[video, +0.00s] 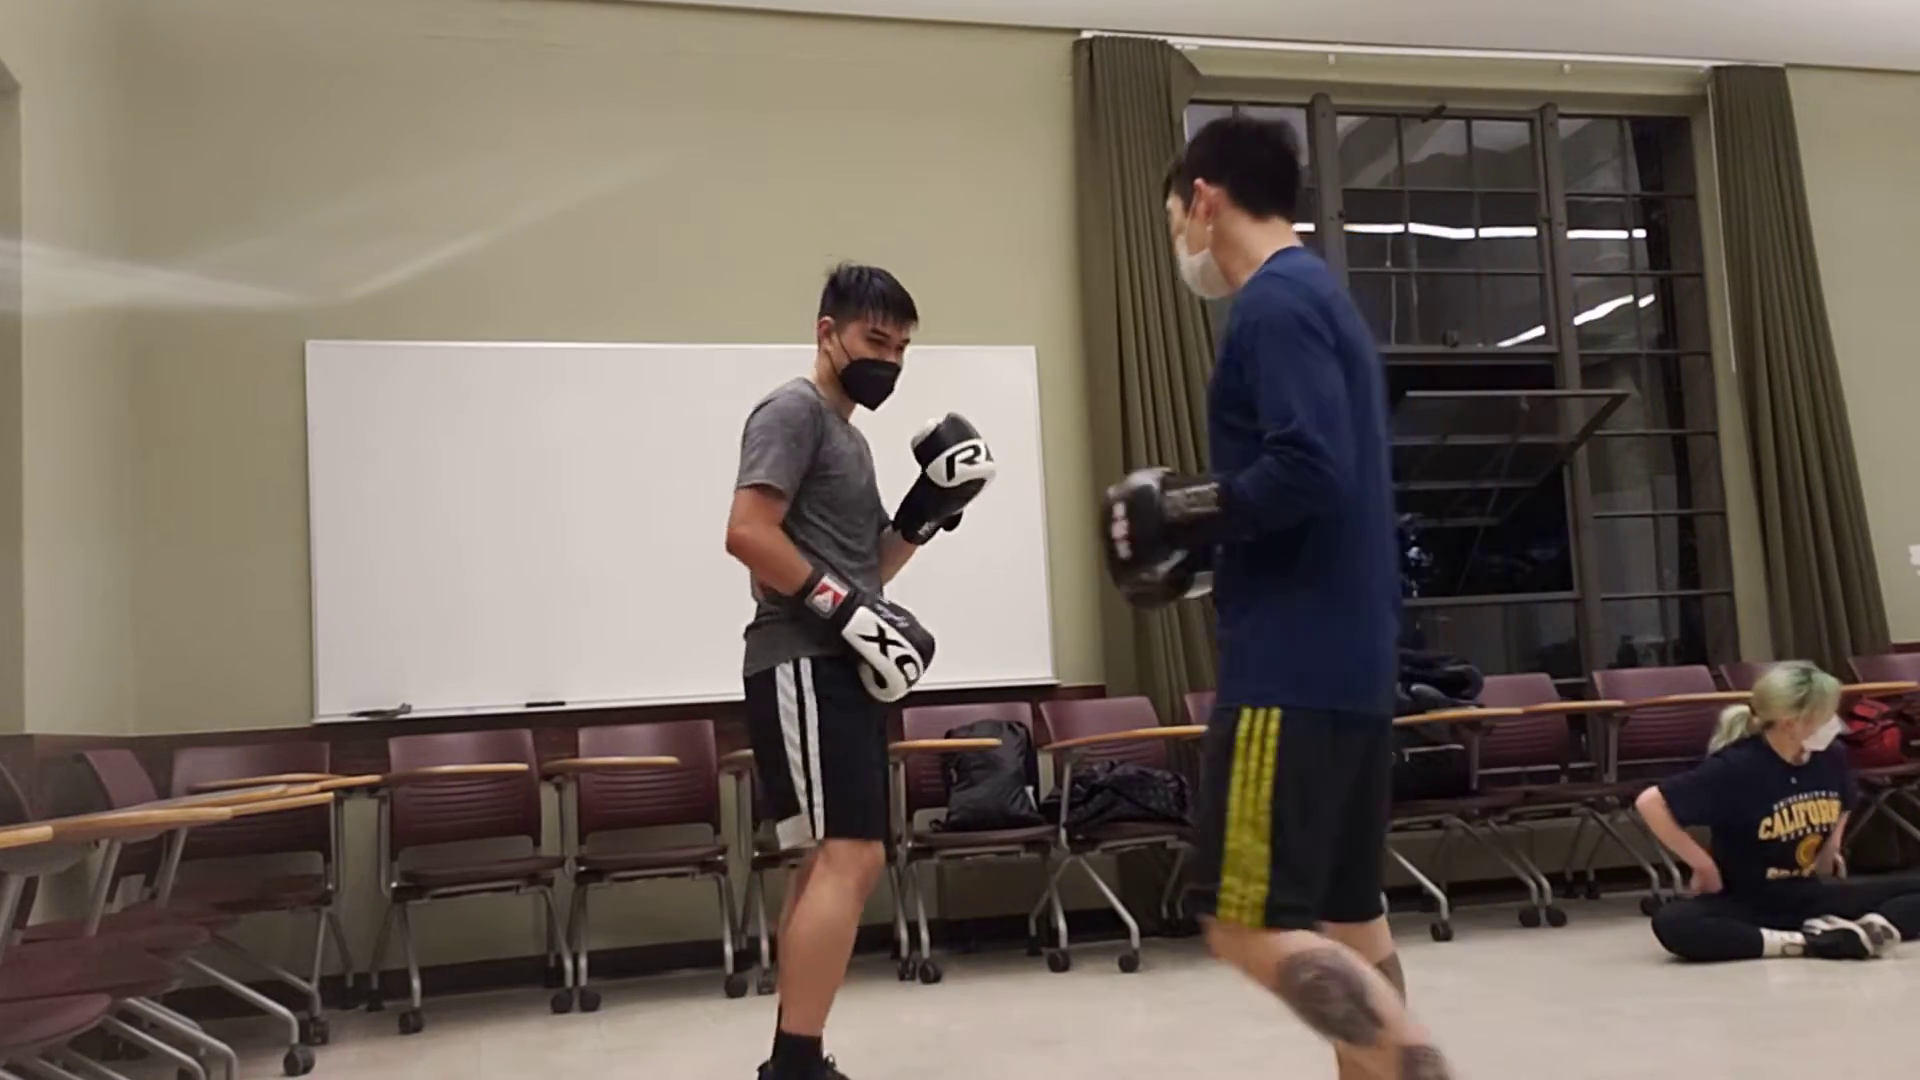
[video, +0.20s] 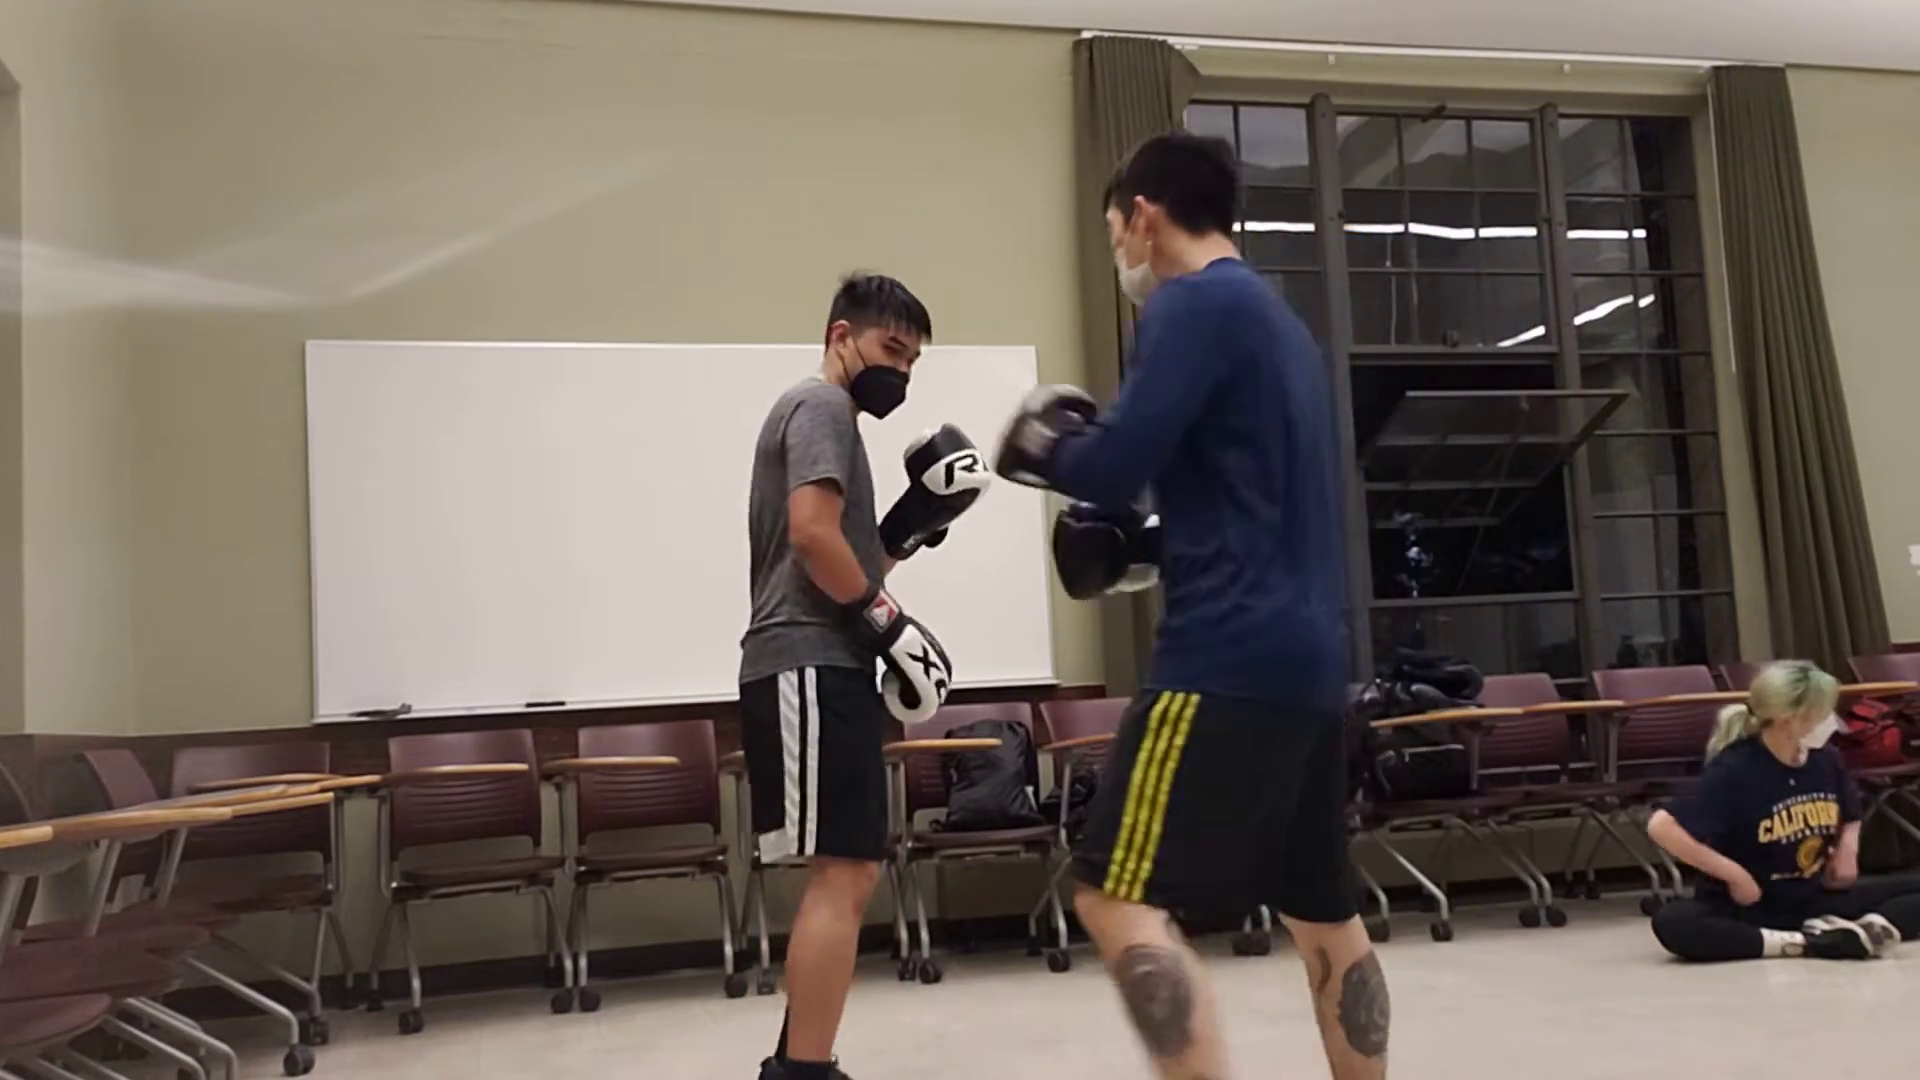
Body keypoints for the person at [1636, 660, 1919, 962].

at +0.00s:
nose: (1833, 727)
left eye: (1832, 717)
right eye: (1825, 719)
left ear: (1799, 722)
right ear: (1792, 722)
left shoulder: (1829, 757)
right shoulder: (1736, 766)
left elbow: (1844, 802)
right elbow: (1650, 802)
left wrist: (1830, 848)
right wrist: (1703, 866)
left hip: (1811, 895)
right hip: (1744, 903)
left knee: (1917, 888)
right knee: (1672, 922)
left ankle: (1854, 932)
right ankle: (1798, 944)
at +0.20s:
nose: (1830, 722)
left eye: (1829, 713)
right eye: (1821, 715)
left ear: (1796, 720)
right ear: (1788, 719)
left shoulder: (1826, 762)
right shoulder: (1734, 769)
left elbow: (1851, 813)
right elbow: (1662, 826)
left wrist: (1846, 852)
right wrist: (1733, 874)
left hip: (1817, 899)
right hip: (1747, 908)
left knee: (1916, 888)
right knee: (1671, 922)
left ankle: (1854, 930)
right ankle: (1797, 944)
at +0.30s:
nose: (1823, 715)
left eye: (1822, 706)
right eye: (1815, 707)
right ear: (1784, 714)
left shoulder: (1825, 764)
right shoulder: (1735, 769)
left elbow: (1856, 829)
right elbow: (1675, 843)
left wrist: (1852, 861)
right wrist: (1759, 880)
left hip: (1824, 899)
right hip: (1747, 907)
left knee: (1915, 892)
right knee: (1670, 922)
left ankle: (1851, 930)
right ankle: (1794, 945)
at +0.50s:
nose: (1820, 712)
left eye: (1819, 703)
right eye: (1812, 703)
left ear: (1784, 708)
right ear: (1781, 708)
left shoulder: (1823, 766)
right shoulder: (1735, 769)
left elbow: (1852, 842)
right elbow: (1704, 862)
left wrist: (1856, 878)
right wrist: (1796, 890)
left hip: (1822, 898)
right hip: (1749, 905)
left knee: (1915, 897)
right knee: (1670, 922)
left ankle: (1850, 930)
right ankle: (1792, 945)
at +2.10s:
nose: (1830, 716)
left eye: (1829, 705)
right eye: (1817, 707)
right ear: (1777, 712)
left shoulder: (1836, 772)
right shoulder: (1740, 775)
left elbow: (1857, 852)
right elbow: (1724, 870)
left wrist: (1859, 899)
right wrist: (1801, 920)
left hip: (1828, 903)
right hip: (1755, 908)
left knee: (1916, 899)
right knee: (1672, 922)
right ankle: (1792, 944)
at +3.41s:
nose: (1834, 715)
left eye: (1834, 704)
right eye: (1820, 706)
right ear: (1781, 712)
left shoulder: (1838, 774)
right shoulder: (1746, 775)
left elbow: (1858, 855)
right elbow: (1733, 872)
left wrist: (1867, 910)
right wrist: (1807, 927)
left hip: (1832, 906)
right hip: (1760, 910)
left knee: (1915, 895)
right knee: (1677, 923)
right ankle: (1795, 945)